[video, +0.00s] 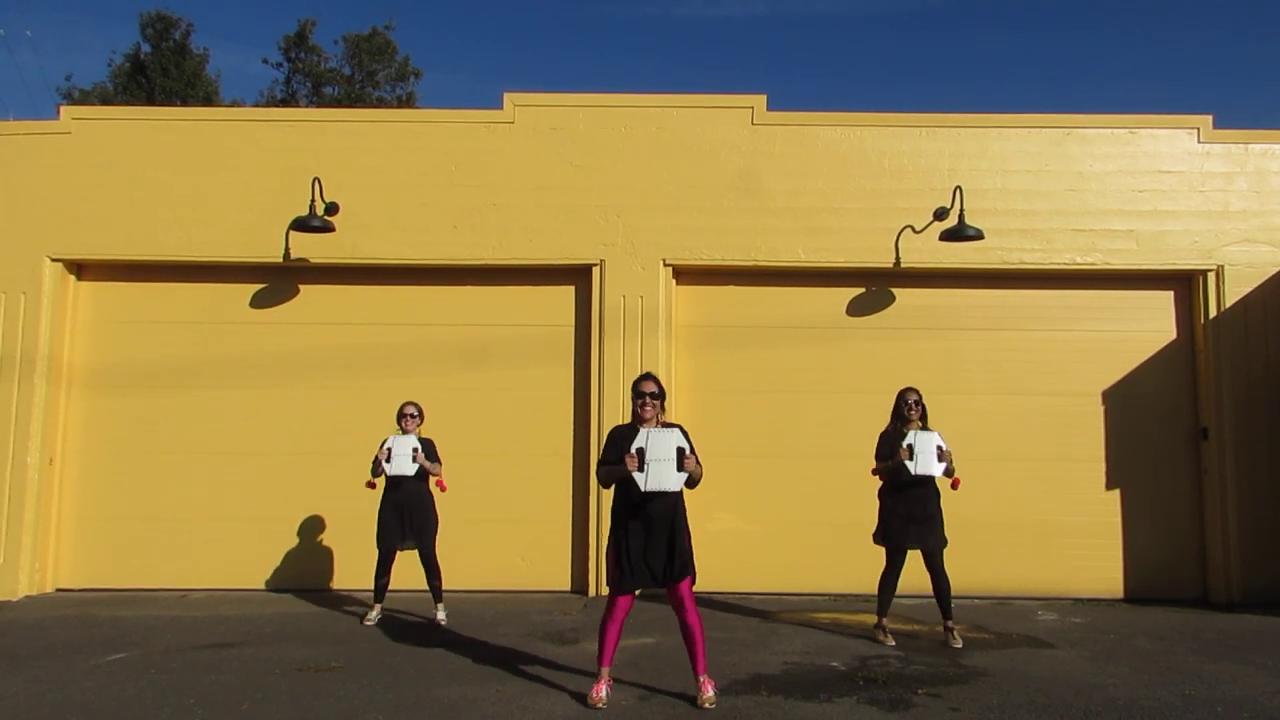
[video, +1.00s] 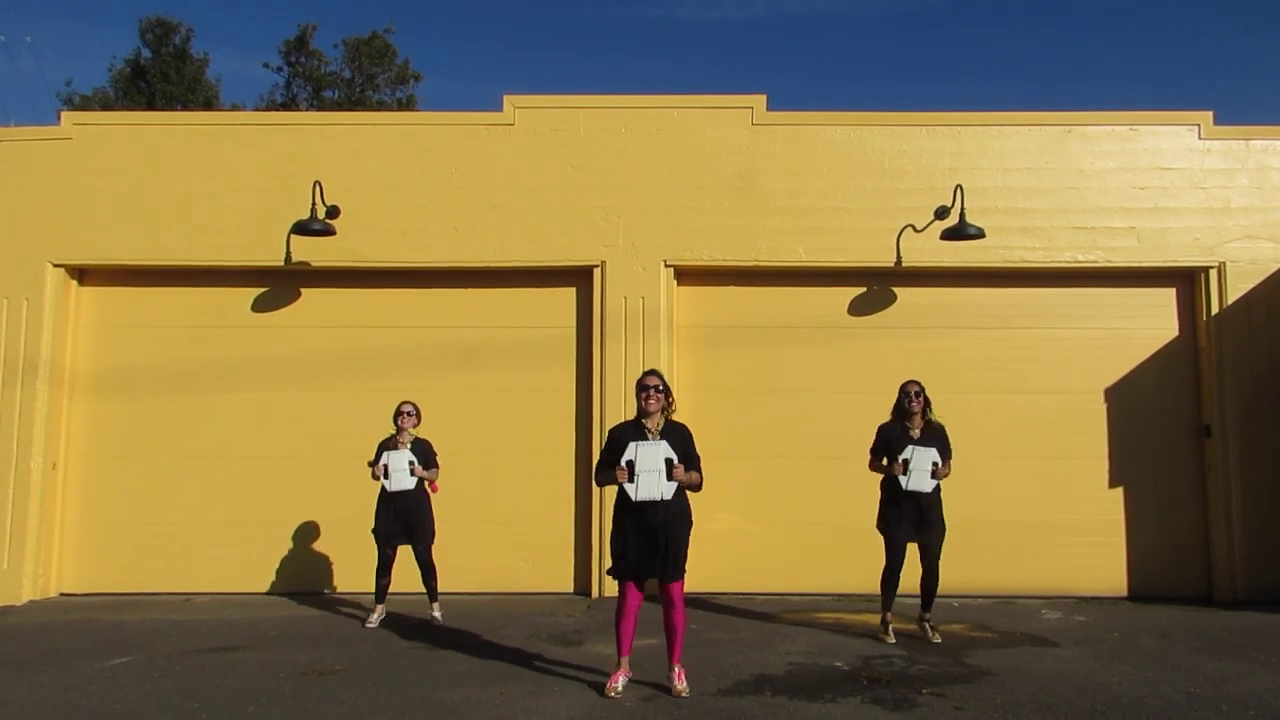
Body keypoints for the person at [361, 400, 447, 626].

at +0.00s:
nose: (408, 420)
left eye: (413, 416)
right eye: (404, 416)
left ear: (420, 419)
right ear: (399, 420)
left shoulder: (426, 444)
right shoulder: (390, 443)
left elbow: (437, 470)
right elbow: (375, 473)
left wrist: (423, 461)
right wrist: (380, 460)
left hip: (421, 507)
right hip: (392, 507)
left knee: (427, 555)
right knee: (385, 556)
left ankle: (439, 606)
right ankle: (376, 606)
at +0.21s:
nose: (405, 420)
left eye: (410, 417)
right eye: (402, 417)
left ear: (418, 422)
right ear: (397, 422)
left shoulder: (426, 448)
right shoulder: (387, 448)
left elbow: (438, 474)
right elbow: (378, 473)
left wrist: (425, 476)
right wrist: (381, 472)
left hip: (420, 511)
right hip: (391, 511)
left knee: (425, 557)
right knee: (390, 559)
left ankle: (436, 607)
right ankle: (383, 609)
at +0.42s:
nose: (404, 416)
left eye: (409, 412)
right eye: (401, 412)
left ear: (417, 415)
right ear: (395, 416)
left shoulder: (424, 440)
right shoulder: (387, 440)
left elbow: (434, 466)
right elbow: (376, 472)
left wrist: (421, 456)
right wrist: (377, 461)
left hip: (419, 503)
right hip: (390, 502)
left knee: (425, 553)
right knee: (381, 554)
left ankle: (436, 603)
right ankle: (375, 603)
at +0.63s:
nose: (406, 422)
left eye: (410, 419)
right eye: (402, 419)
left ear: (417, 423)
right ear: (396, 423)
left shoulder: (423, 448)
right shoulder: (388, 447)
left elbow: (432, 472)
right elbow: (373, 477)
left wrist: (420, 463)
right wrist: (377, 463)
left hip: (417, 511)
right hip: (390, 511)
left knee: (424, 560)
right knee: (381, 560)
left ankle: (435, 609)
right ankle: (374, 610)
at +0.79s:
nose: (405, 413)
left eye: (410, 409)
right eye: (401, 409)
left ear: (417, 414)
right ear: (395, 414)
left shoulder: (424, 440)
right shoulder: (384, 440)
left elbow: (435, 468)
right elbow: (375, 466)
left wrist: (422, 472)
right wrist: (377, 467)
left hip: (419, 505)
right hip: (389, 505)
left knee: (424, 554)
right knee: (384, 554)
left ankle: (435, 604)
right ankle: (376, 604)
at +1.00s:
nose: (404, 418)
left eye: (410, 414)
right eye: (401, 414)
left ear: (417, 419)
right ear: (395, 418)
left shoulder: (423, 445)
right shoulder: (385, 445)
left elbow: (434, 474)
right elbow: (376, 475)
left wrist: (422, 473)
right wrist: (377, 471)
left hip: (417, 509)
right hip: (389, 508)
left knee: (424, 557)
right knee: (385, 558)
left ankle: (434, 605)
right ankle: (379, 607)